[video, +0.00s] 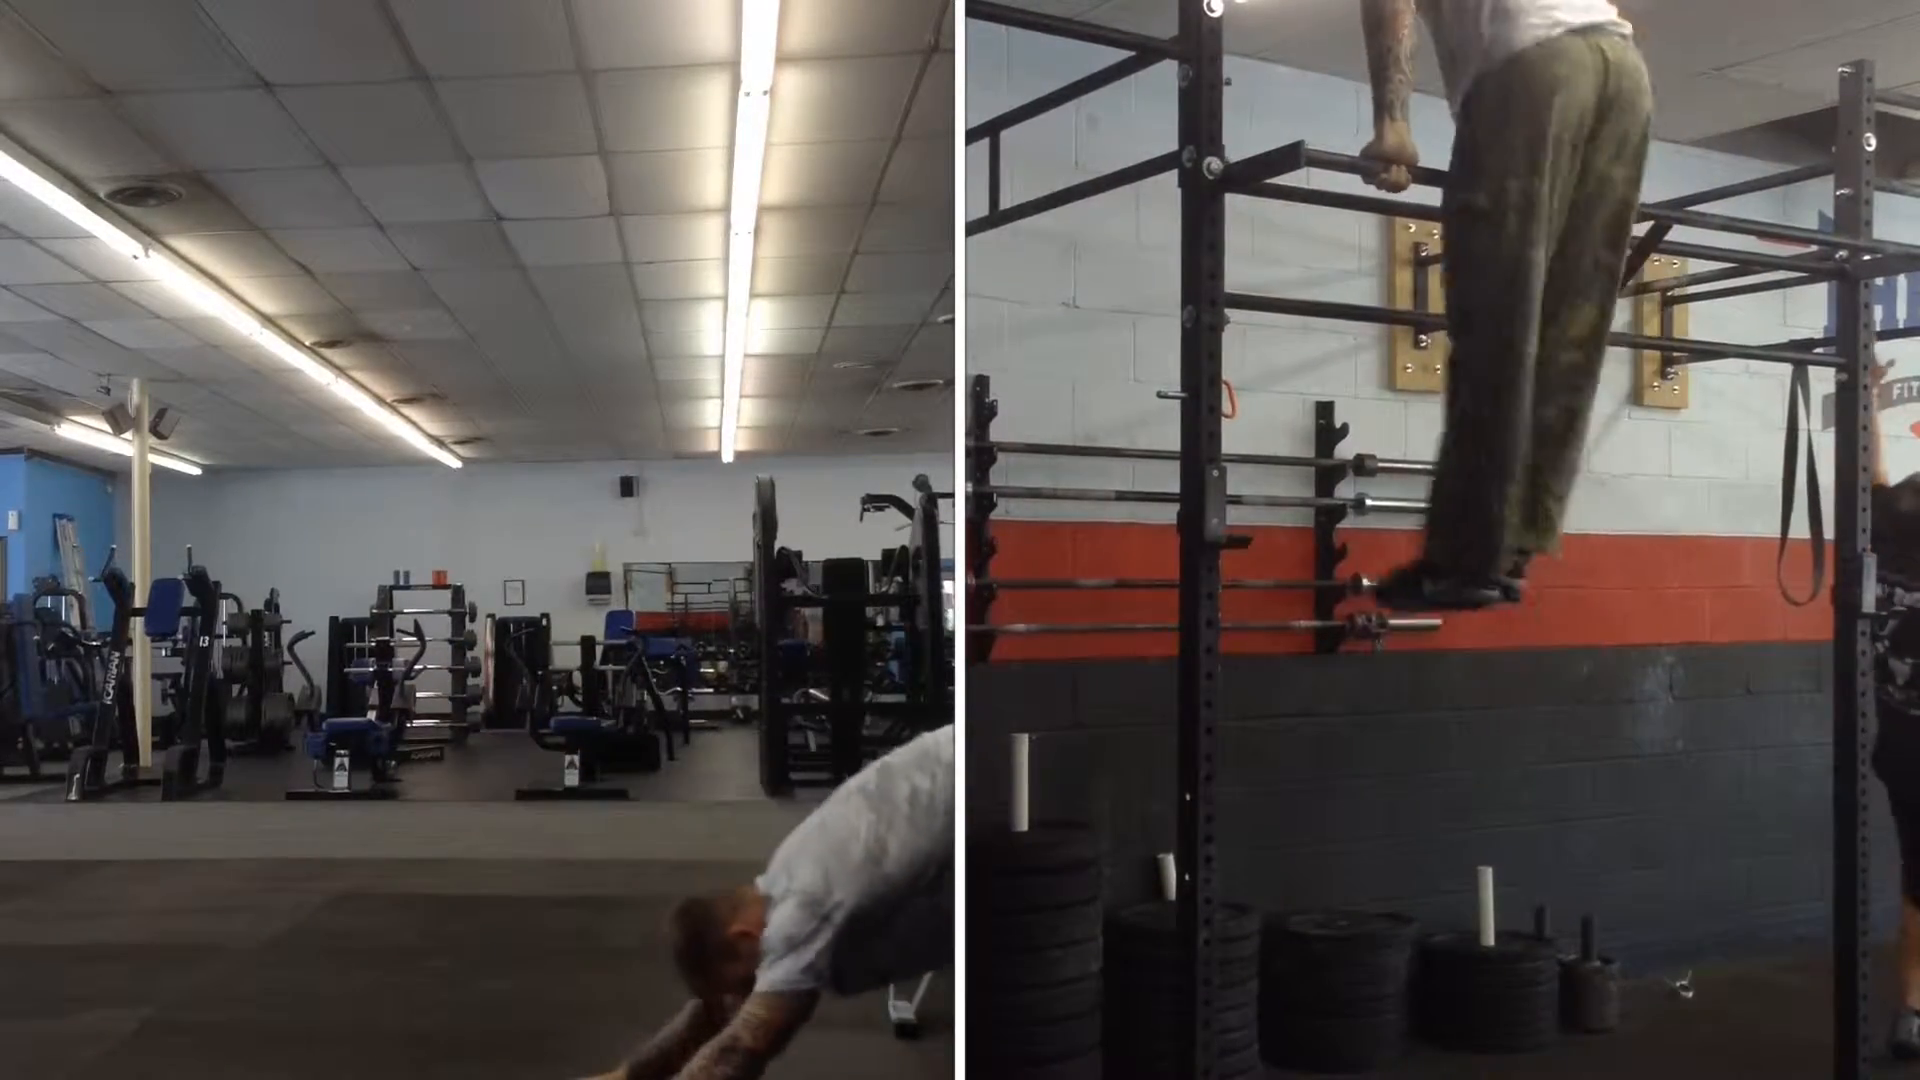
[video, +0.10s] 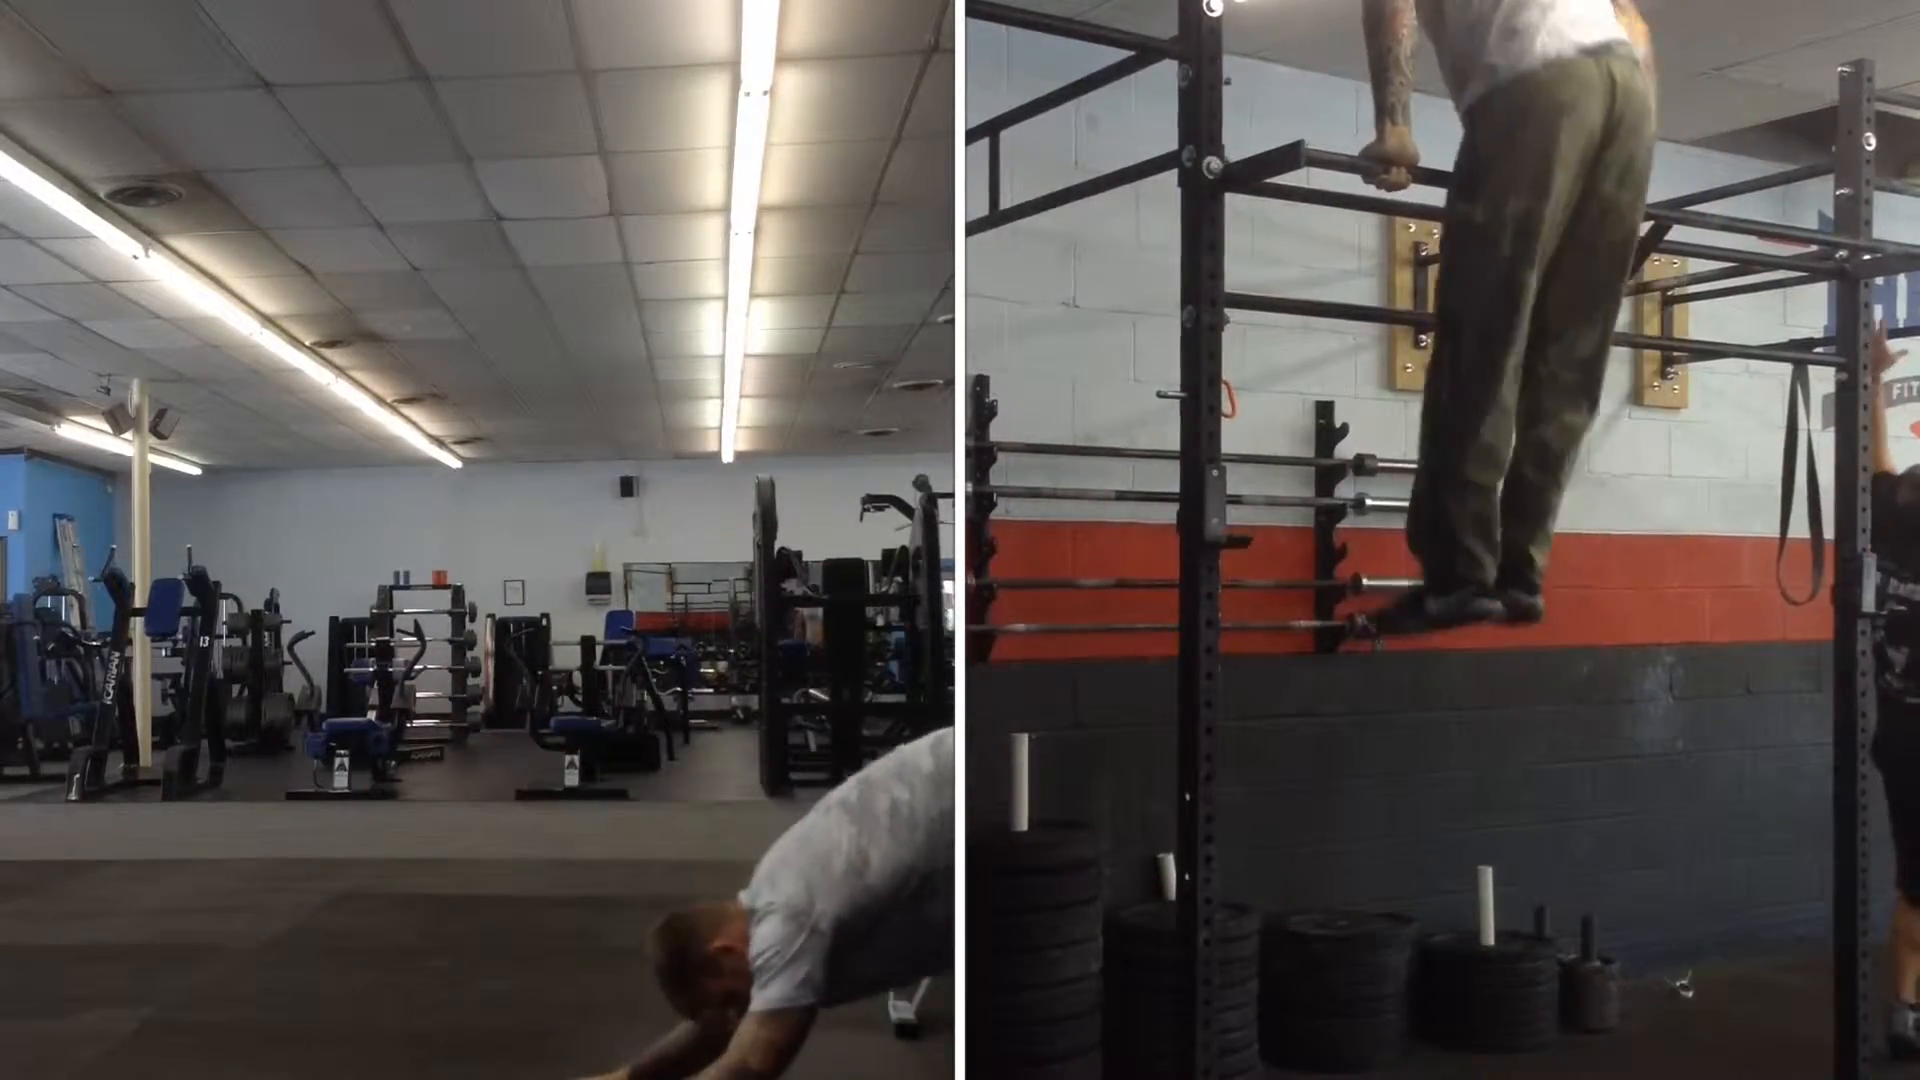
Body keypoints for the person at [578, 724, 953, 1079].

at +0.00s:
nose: (759, 990)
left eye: (747, 984)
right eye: (743, 991)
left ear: (746, 938)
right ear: (741, 930)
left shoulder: (804, 908)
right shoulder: (778, 888)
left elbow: (741, 1052)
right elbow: (713, 1008)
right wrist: (629, 1070)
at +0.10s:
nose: (747, 1010)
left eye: (734, 1000)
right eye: (730, 1012)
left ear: (728, 955)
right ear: (728, 941)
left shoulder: (791, 917)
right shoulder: (766, 900)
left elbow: (750, 1066)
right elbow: (714, 1025)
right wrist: (629, 1073)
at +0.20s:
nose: (717, 1020)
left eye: (702, 1014)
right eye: (702, 1021)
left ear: (699, 969)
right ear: (697, 960)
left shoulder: (762, 929)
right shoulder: (745, 911)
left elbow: (756, 1068)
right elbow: (719, 1035)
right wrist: (632, 1072)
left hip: (975, 775)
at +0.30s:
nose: (672, 1035)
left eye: (657, 1027)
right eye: (656, 1034)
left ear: (659, 980)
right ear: (658, 972)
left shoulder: (727, 947)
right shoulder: (711, 922)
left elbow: (754, 1067)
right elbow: (725, 1043)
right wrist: (641, 1072)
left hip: (956, 795)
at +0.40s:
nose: (632, 1048)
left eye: (617, 1039)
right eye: (615, 1046)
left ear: (618, 995)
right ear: (620, 980)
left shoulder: (687, 963)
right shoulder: (677, 932)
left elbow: (742, 1067)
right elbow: (717, 1044)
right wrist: (641, 1072)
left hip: (931, 825)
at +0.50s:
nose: (584, 1066)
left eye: (571, 1056)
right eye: (569, 1063)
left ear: (574, 1010)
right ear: (575, 1001)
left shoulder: (642, 975)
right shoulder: (629, 961)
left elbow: (726, 1065)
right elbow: (700, 1050)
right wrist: (638, 1070)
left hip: (897, 838)